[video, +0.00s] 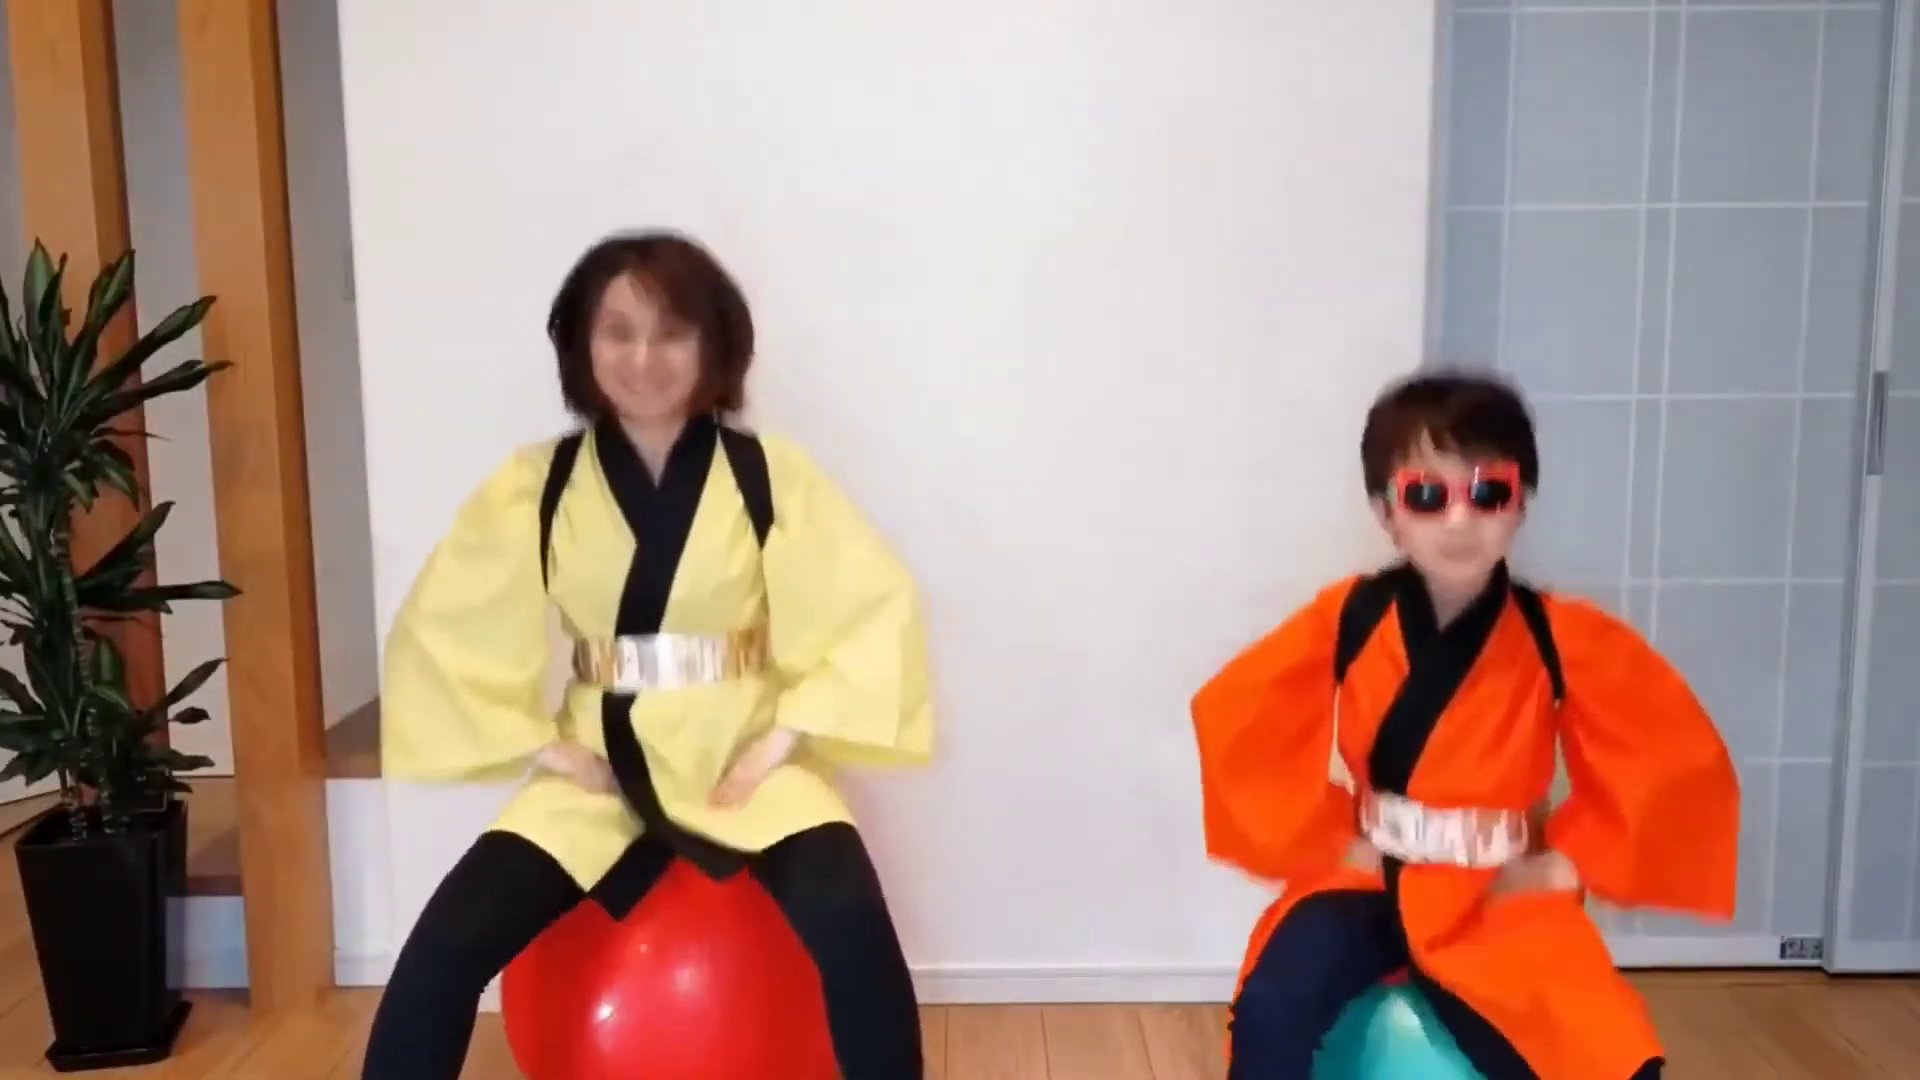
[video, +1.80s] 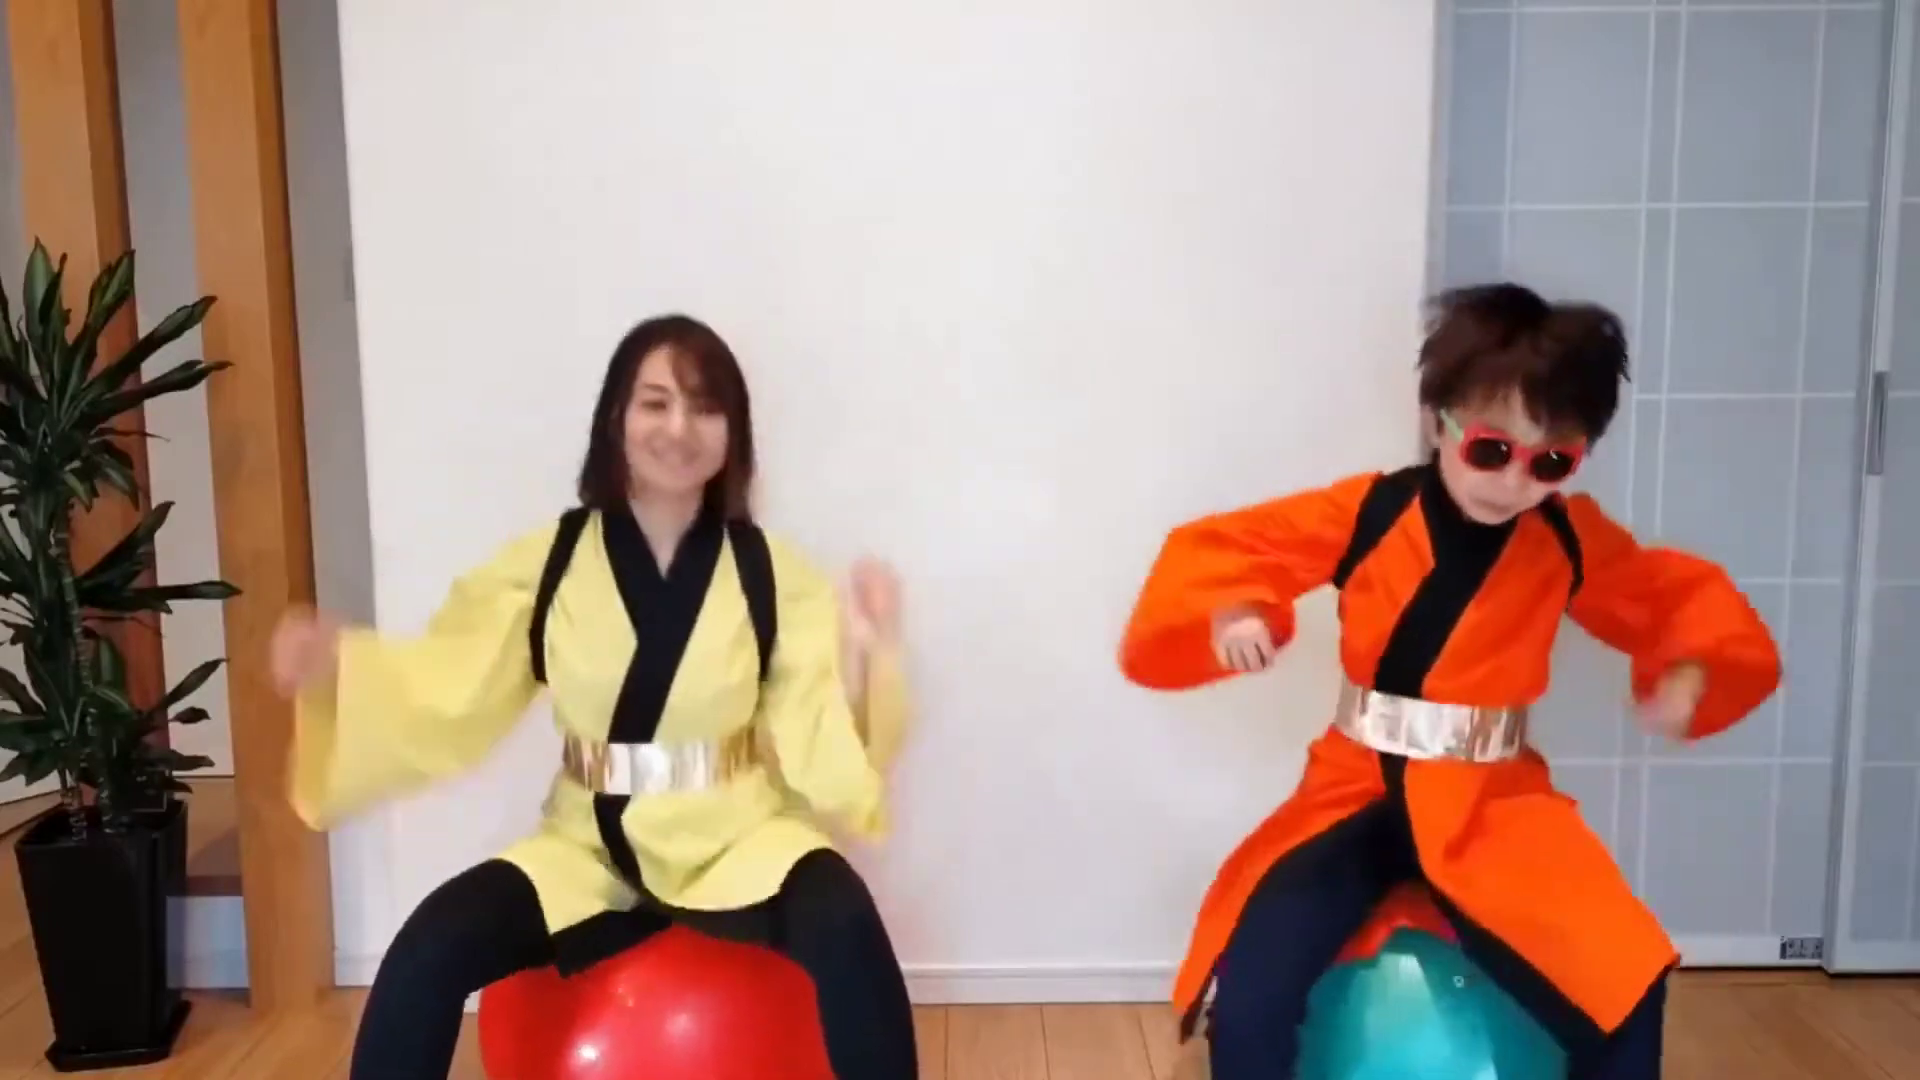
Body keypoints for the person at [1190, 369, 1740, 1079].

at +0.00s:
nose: (1459, 517)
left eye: (1489, 490)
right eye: (1427, 494)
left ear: (1520, 507)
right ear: (1386, 515)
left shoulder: (1559, 635)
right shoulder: (1352, 617)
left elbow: (1678, 758)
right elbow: (1231, 714)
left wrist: (1568, 860)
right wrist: (1326, 830)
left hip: (1504, 900)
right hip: (1365, 888)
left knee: (1618, 1059)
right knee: (1272, 1011)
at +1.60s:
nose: (1474, 514)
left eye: (1507, 492)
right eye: (1445, 484)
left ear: (1535, 499)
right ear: (1394, 487)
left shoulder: (1558, 614)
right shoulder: (1350, 599)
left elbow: (1654, 706)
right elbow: (1236, 678)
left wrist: (1595, 792)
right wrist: (1304, 792)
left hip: (1495, 880)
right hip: (1358, 868)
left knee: (1593, 1052)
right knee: (1258, 1026)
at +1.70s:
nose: (1494, 470)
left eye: (1528, 449)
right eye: (1468, 439)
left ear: (1558, 443)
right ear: (1414, 421)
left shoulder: (1562, 538)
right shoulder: (1359, 520)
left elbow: (1694, 613)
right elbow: (1219, 578)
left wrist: (1672, 664)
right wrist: (1250, 662)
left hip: (1493, 820)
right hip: (1355, 809)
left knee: (1614, 1020)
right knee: (1255, 996)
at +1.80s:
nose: (1515, 484)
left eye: (1551, 463)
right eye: (1491, 449)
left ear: (1580, 454)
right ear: (1434, 420)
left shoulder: (1568, 539)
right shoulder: (1371, 511)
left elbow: (1690, 598)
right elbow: (1216, 549)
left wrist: (1699, 665)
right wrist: (1227, 606)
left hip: (1495, 812)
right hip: (1356, 799)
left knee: (1629, 977)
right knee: (1254, 969)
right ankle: (1248, 1071)